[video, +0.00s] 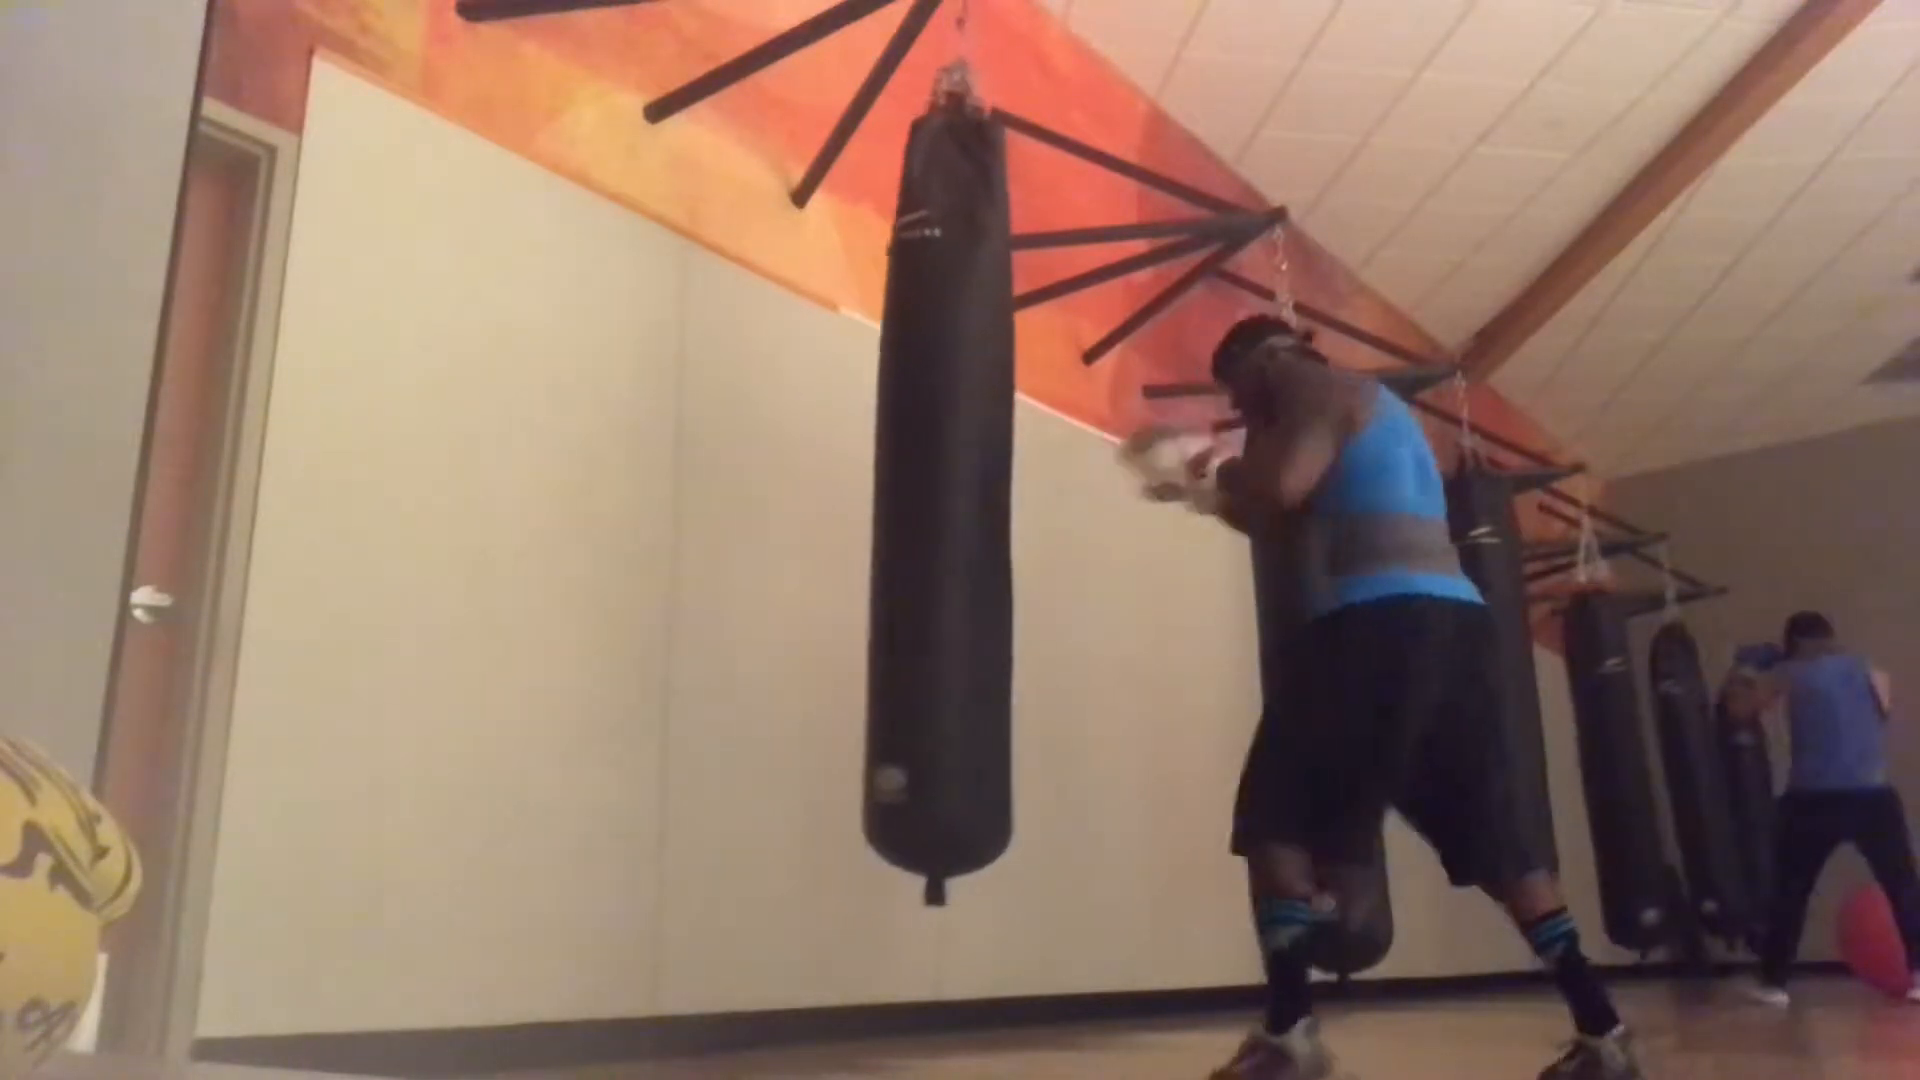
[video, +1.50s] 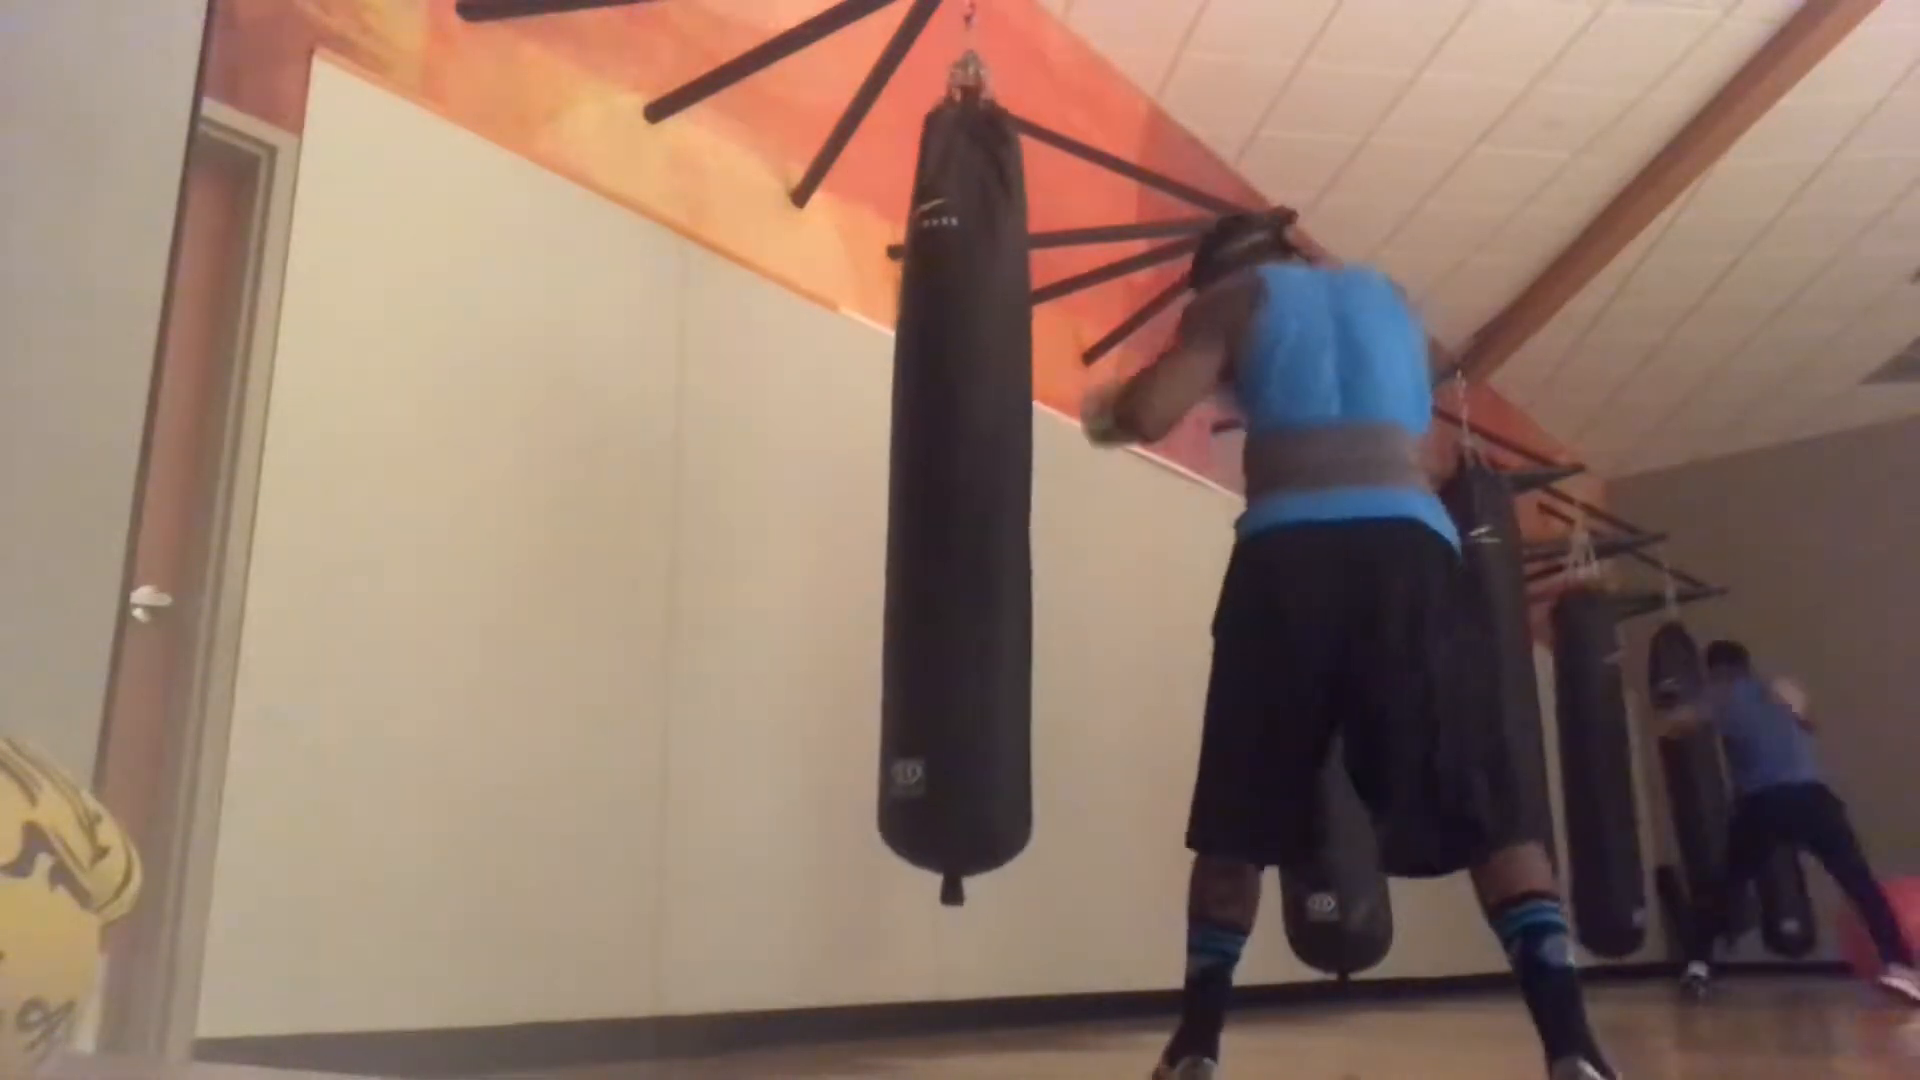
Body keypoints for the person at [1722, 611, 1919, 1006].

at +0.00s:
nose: (1794, 654)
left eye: (1791, 648)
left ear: (1792, 645)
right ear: (1832, 637)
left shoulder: (1790, 673)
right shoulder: (1866, 670)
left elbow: (1741, 709)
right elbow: (1883, 712)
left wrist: (1739, 671)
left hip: (1813, 799)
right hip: (1872, 798)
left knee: (1791, 890)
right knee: (1904, 887)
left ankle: (1775, 981)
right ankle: (1917, 975)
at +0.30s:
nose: (1759, 661)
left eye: (1752, 656)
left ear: (1750, 654)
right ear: (1790, 643)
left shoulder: (1750, 685)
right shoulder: (1830, 671)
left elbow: (1719, 725)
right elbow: (1850, 708)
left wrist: (1718, 693)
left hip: (1797, 800)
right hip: (1855, 796)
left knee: (1780, 894)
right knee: (1900, 883)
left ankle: (1771, 982)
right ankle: (1917, 955)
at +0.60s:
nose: (1753, 670)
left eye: (1750, 665)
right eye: (1754, 664)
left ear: (1752, 662)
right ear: (1788, 649)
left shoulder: (1759, 692)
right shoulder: (1835, 672)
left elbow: (1731, 738)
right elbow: (1858, 708)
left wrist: (1718, 698)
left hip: (1819, 804)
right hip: (1875, 796)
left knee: (1796, 892)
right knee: (1916, 877)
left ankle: (1774, 981)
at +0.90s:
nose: (1751, 666)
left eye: (1745, 660)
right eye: (1752, 657)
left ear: (1740, 660)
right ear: (1779, 650)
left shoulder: (1749, 695)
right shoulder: (1815, 674)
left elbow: (1702, 721)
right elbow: (1829, 691)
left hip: (1804, 796)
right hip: (1859, 784)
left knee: (1774, 882)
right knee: (1909, 866)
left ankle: (1761, 969)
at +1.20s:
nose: (1731, 674)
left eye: (1729, 668)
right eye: (1731, 668)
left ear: (1732, 666)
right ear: (1763, 653)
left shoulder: (1744, 690)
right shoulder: (1802, 676)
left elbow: (1696, 715)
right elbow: (1830, 705)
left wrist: (1679, 705)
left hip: (1788, 798)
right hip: (1842, 789)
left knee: (1756, 879)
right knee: (1890, 874)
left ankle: (1734, 964)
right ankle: (1917, 953)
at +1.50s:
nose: (1713, 679)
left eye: (1712, 672)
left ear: (1712, 671)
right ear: (1746, 665)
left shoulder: (1717, 699)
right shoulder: (1776, 690)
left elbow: (1672, 724)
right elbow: (1808, 722)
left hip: (1760, 803)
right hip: (1810, 795)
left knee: (1729, 882)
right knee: (1858, 880)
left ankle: (1700, 962)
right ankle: (1897, 961)